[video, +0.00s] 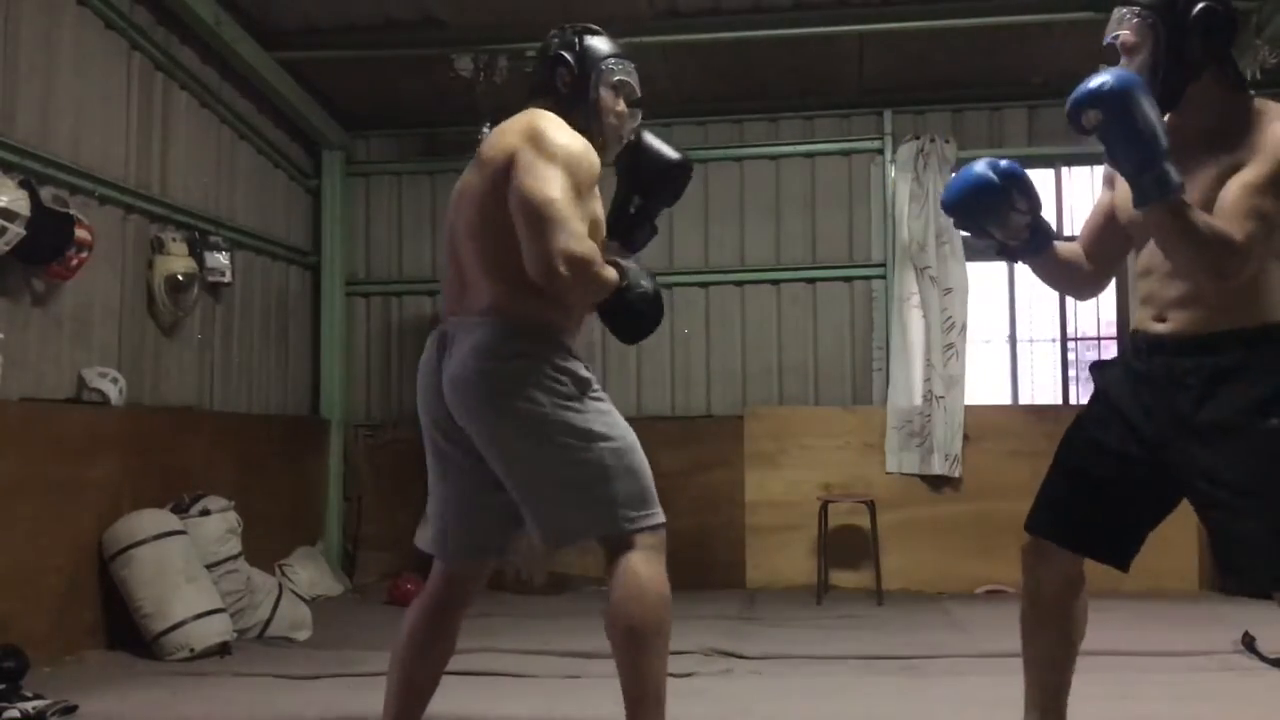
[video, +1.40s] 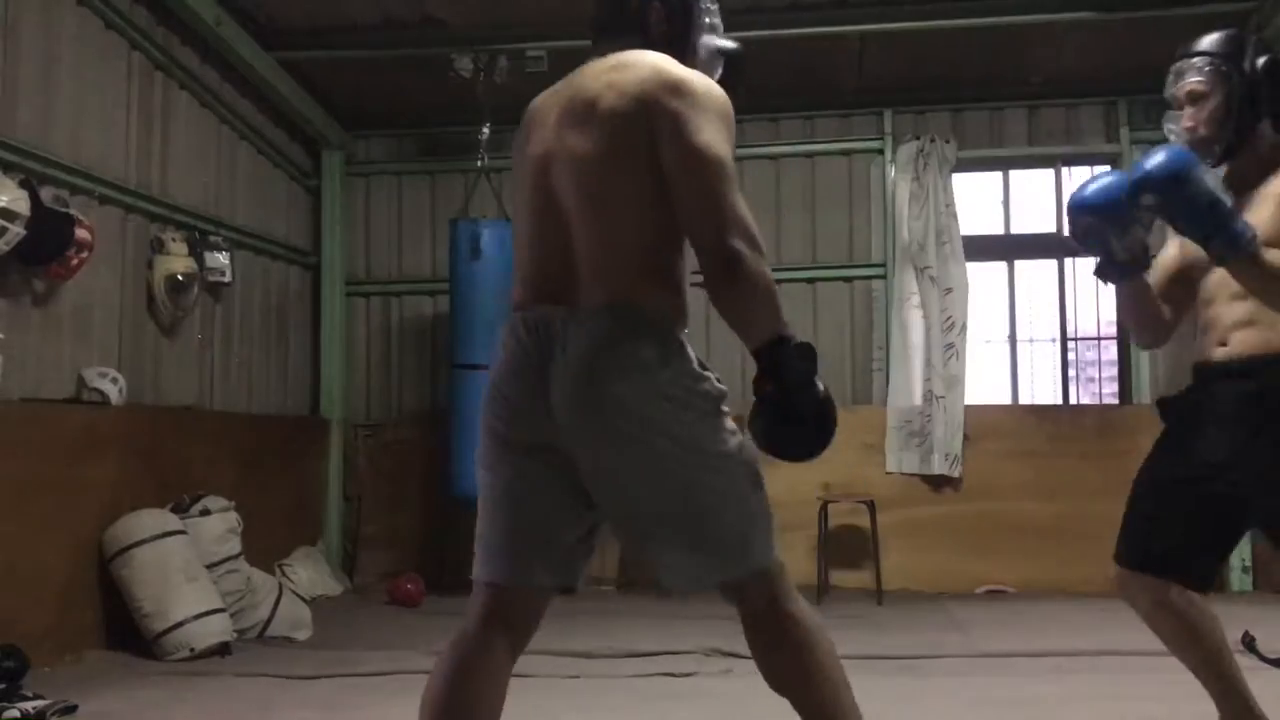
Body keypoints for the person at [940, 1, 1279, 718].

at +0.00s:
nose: (1111, 52)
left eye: (1127, 34)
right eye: (1112, 39)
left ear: (1185, 39)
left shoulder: (1267, 131)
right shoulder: (1139, 150)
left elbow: (1228, 263)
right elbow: (1083, 274)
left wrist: (1149, 172)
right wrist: (1029, 239)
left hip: (1244, 384)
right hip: (1140, 384)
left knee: (1273, 583)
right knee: (1049, 548)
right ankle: (1043, 715)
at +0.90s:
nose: (1171, 111)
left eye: (1187, 92)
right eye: (1166, 97)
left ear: (1242, 93)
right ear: (1162, 100)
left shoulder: (1276, 191)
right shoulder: (1183, 185)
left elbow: (1222, 280)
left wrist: (1155, 168)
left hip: (1274, 402)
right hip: (1204, 404)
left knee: (1272, 570)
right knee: (1078, 563)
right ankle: (1045, 717)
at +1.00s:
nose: (1232, 80)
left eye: (1252, 65)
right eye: (1229, 64)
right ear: (1223, 78)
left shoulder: (1278, 169)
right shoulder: (1219, 177)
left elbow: (1206, 177)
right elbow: (1109, 220)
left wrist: (1176, 93)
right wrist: (1025, 185)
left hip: (1273, 407)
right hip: (1220, 409)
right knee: (1078, 556)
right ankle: (1046, 716)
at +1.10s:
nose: (1262, 106)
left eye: (1270, 96)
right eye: (1265, 94)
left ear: (1275, 103)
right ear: (1265, 103)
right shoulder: (1262, 194)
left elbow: (1224, 132)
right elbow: (1157, 246)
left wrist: (1180, 45)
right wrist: (1070, 231)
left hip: (1265, 401)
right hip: (1252, 402)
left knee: (1100, 559)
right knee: (1099, 559)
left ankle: (1054, 709)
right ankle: (1053, 712)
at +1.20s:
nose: (1269, 100)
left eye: (1278, 86)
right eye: (1263, 87)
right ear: (1252, 97)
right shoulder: (1254, 183)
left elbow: (1265, 223)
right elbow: (1205, 305)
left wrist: (1210, 130)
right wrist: (1143, 287)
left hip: (1268, 387)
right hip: (1251, 389)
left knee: (1105, 540)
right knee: (1098, 540)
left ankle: (1109, 709)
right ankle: (1108, 711)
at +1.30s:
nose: (1228, 101)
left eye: (1243, 82)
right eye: (1220, 88)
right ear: (1214, 101)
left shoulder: (1277, 180)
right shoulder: (1235, 186)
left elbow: (1279, 279)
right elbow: (1220, 321)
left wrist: (1231, 216)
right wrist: (1167, 298)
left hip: (1273, 387)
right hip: (1233, 389)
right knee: (1111, 555)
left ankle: (1193, 689)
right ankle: (1192, 691)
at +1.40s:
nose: (1181, 119)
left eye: (1196, 100)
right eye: (1175, 105)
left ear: (1246, 102)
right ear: (1174, 114)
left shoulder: (1276, 186)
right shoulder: (1198, 204)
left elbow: (1275, 293)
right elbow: (1151, 330)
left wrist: (1221, 229)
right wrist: (1123, 263)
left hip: (1268, 389)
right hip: (1212, 398)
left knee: (1269, 564)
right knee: (1146, 572)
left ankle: (1248, 713)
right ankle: (1244, 714)